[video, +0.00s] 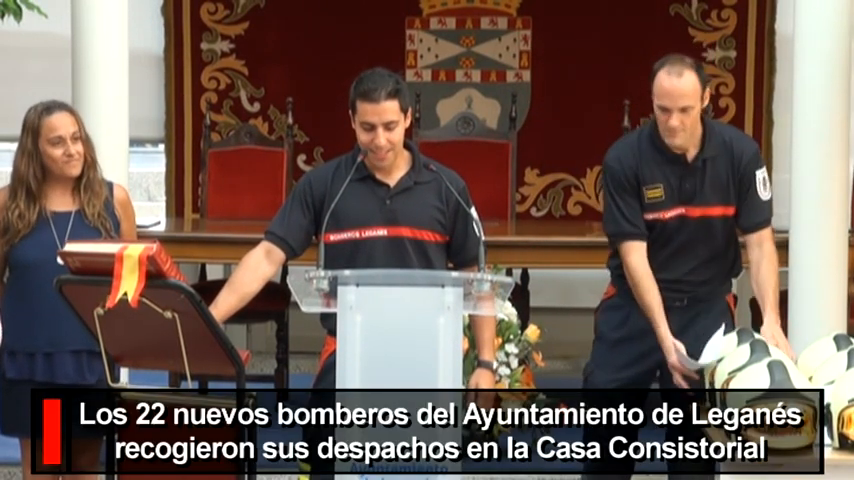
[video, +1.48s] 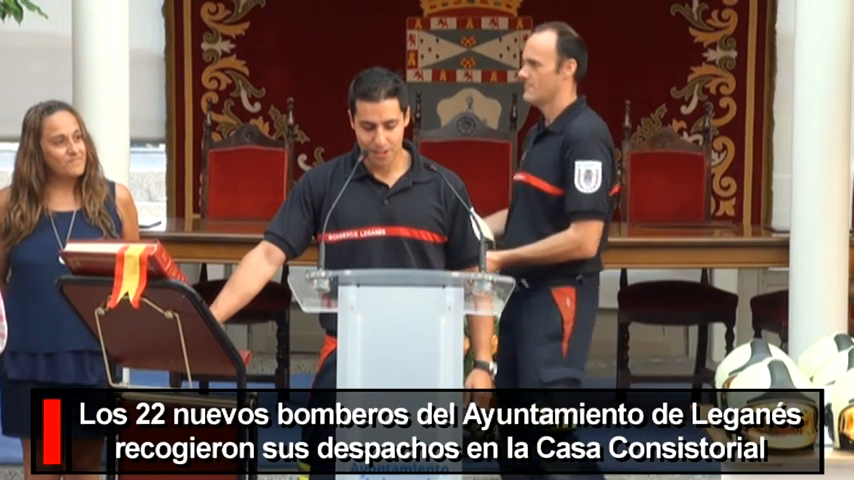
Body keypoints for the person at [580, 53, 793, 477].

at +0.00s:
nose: (674, 122)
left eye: (684, 110)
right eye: (664, 110)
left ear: (704, 100)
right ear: (651, 102)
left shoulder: (740, 153)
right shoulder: (625, 160)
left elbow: (759, 242)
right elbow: (633, 257)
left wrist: (771, 321)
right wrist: (664, 336)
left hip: (706, 310)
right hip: (634, 307)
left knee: (698, 441)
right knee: (605, 432)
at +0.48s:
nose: (639, 125)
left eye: (649, 112)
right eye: (630, 113)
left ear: (675, 101)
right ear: (621, 107)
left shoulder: (722, 150)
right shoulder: (604, 164)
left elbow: (758, 224)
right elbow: (601, 251)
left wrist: (726, 275)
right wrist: (631, 321)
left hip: (698, 312)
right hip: (625, 312)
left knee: (692, 446)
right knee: (601, 438)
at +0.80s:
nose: (623, 106)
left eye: (632, 94)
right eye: (616, 94)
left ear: (664, 86)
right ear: (610, 90)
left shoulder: (711, 146)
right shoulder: (597, 149)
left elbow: (748, 228)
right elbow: (585, 227)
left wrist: (686, 261)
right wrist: (579, 280)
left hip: (682, 321)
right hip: (610, 322)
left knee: (685, 454)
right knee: (583, 451)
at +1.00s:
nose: (596, 90)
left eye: (607, 78)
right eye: (594, 79)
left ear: (642, 77)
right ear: (596, 80)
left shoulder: (688, 142)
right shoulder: (590, 142)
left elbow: (720, 238)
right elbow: (579, 228)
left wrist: (640, 263)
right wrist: (556, 258)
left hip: (661, 314)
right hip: (596, 312)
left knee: (669, 456)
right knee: (560, 450)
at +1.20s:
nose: (565, 80)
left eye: (576, 71)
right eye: (565, 70)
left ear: (612, 73)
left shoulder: (646, 140)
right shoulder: (570, 140)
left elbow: (660, 242)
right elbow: (563, 218)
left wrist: (576, 264)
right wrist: (527, 240)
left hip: (621, 312)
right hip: (564, 311)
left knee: (639, 451)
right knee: (542, 446)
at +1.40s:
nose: (532, 74)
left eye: (543, 65)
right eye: (533, 64)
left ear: (579, 70)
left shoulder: (600, 135)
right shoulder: (546, 134)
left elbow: (603, 241)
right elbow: (532, 214)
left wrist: (521, 261)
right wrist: (484, 236)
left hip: (574, 303)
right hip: (530, 301)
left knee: (587, 442)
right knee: (521, 438)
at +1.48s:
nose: (521, 73)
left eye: (532, 64)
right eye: (522, 63)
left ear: (567, 69)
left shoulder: (585, 134)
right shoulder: (544, 132)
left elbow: (584, 240)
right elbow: (526, 213)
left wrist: (500, 259)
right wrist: (465, 232)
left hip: (559, 295)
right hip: (524, 290)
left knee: (553, 430)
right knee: (514, 424)